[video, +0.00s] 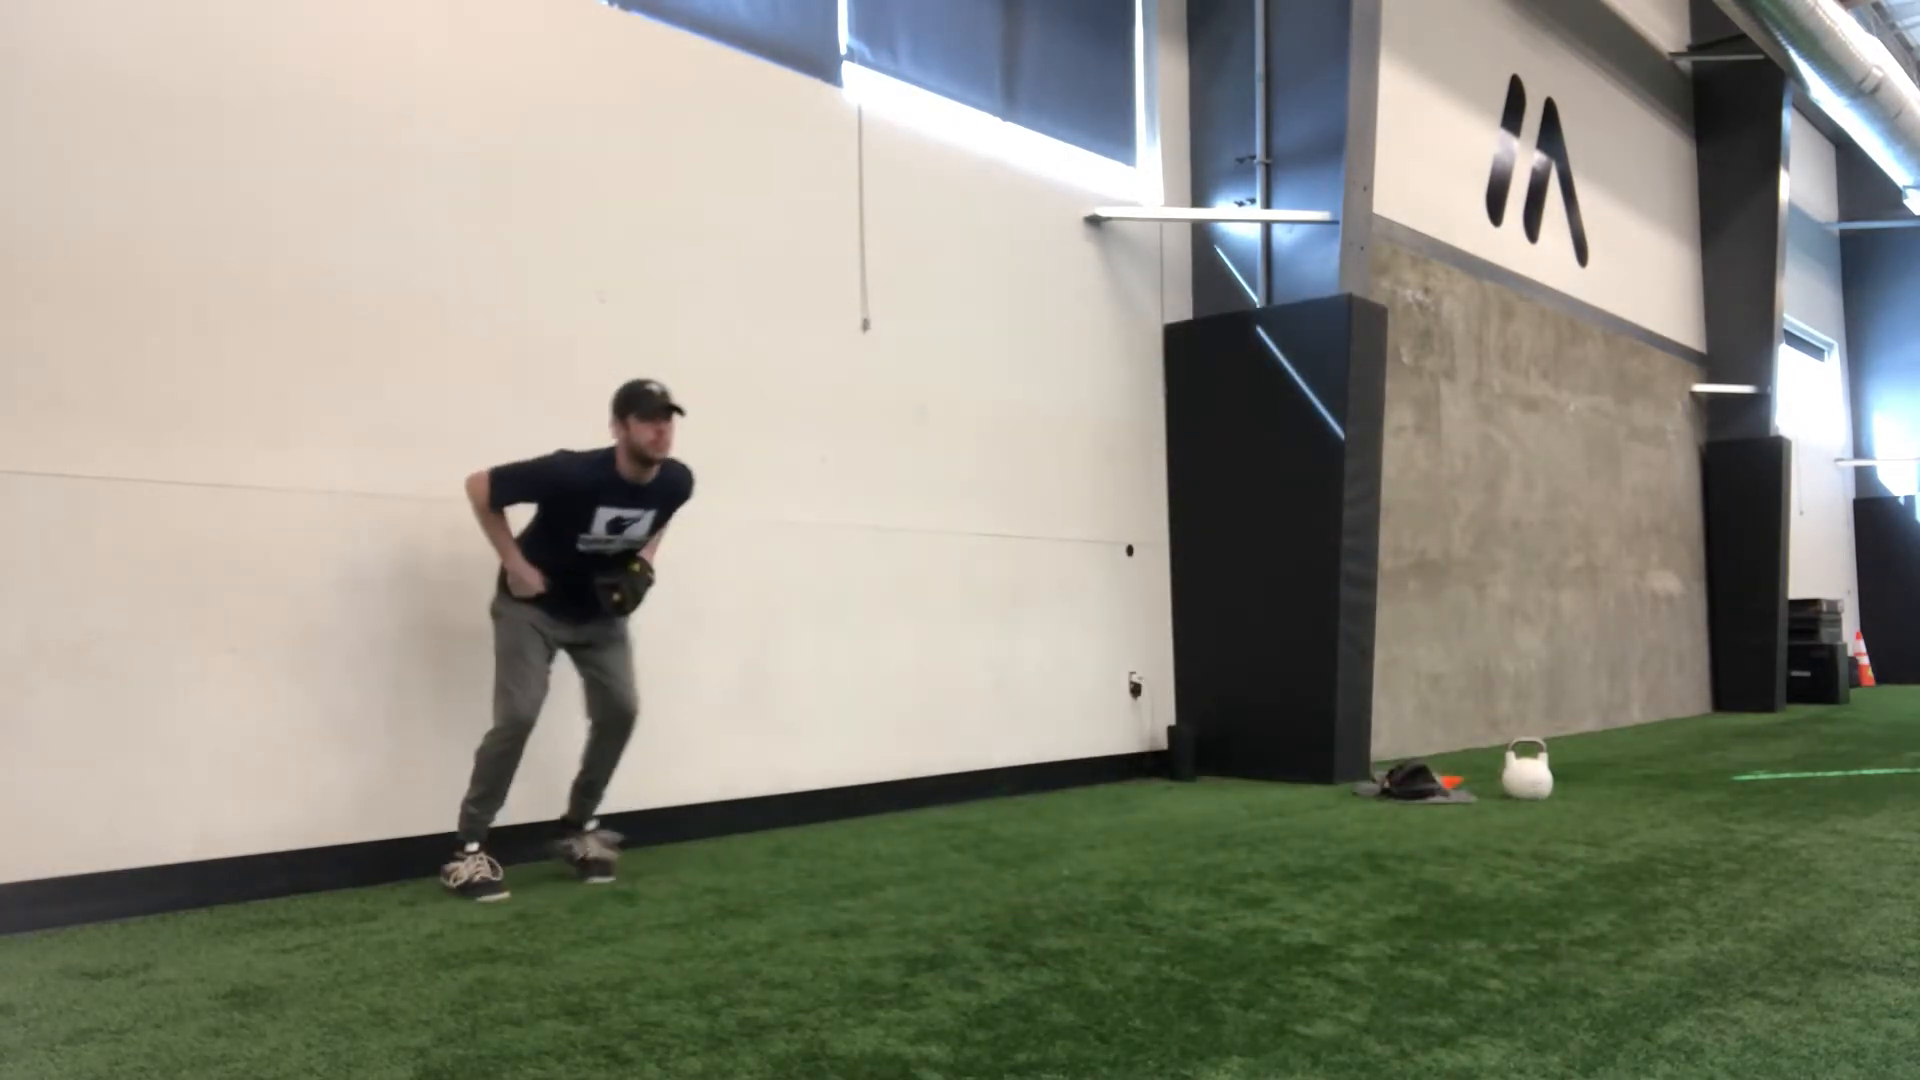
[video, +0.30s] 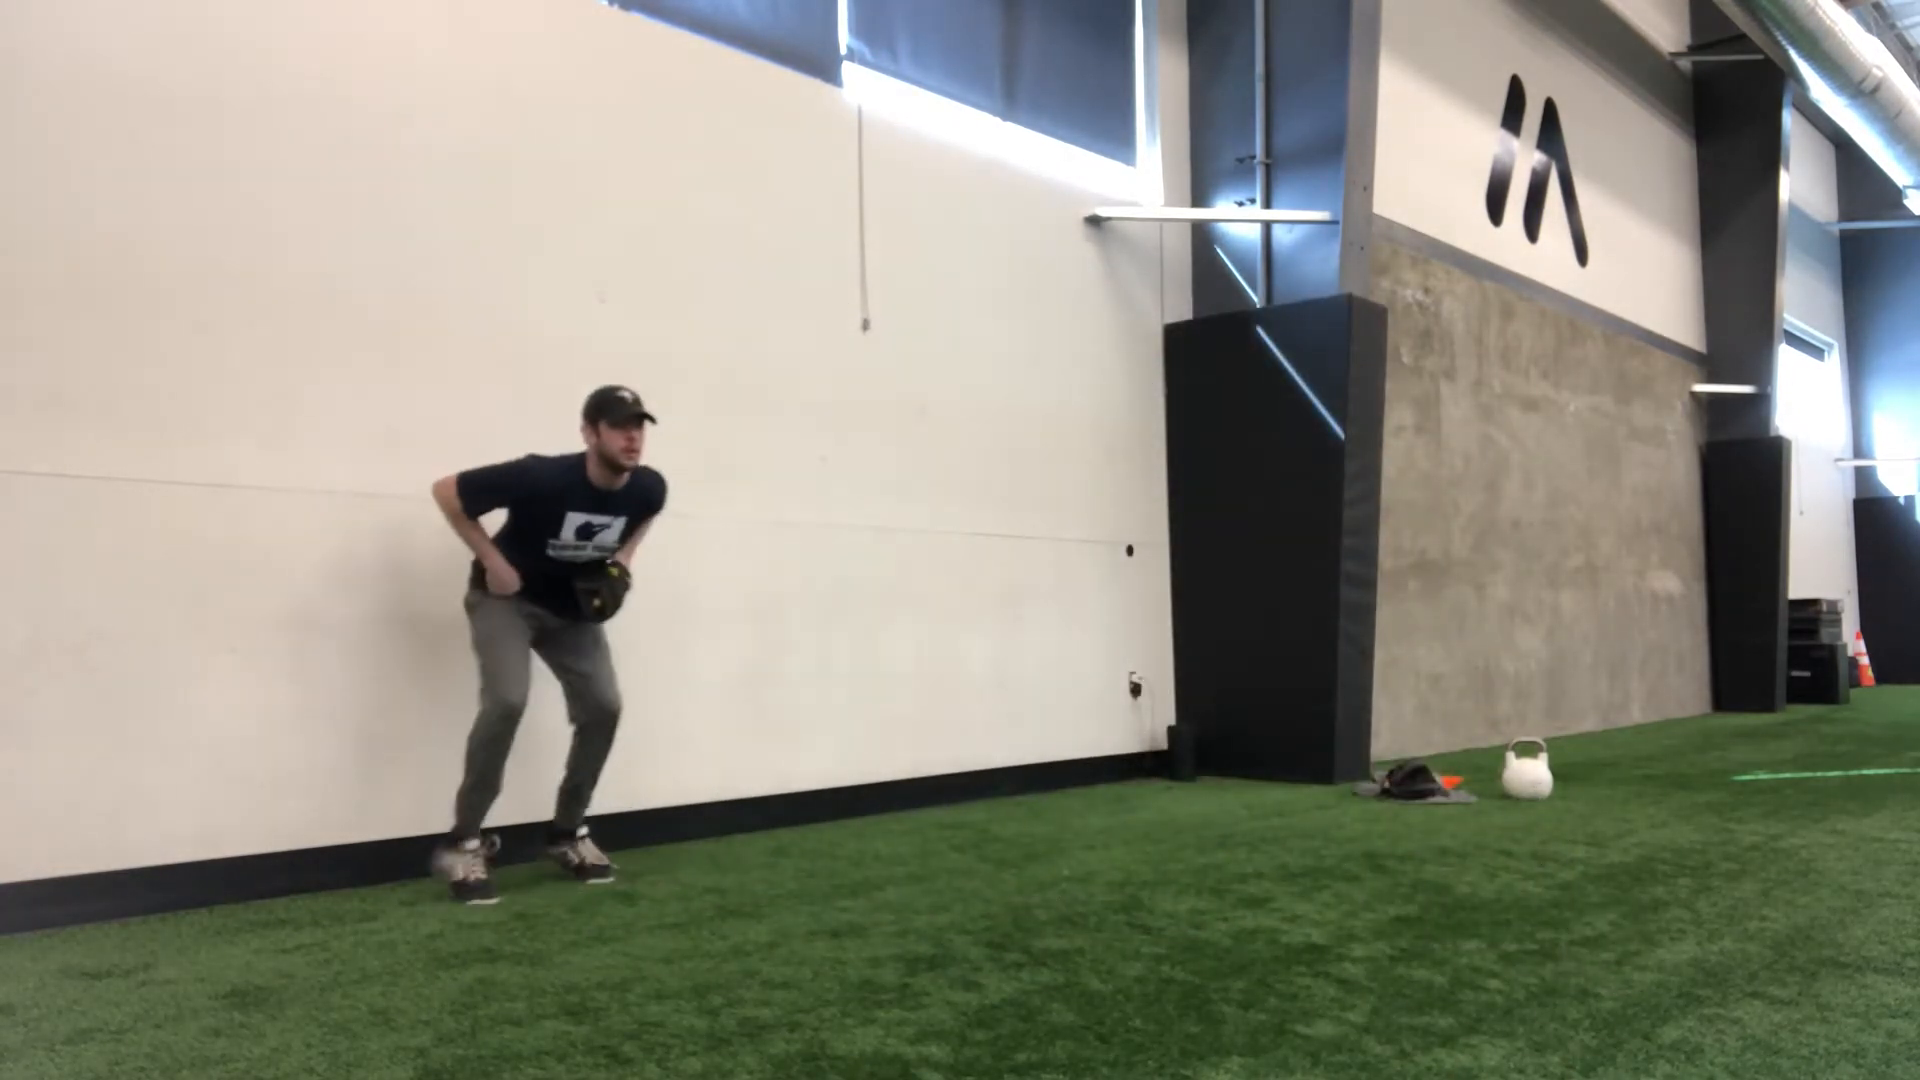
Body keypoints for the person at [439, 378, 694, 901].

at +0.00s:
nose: (662, 431)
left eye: (668, 420)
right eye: (650, 420)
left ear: (674, 426)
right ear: (620, 426)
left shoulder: (675, 484)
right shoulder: (572, 473)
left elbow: (658, 522)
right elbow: (481, 487)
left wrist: (644, 561)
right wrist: (514, 563)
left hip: (600, 615)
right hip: (531, 606)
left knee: (620, 713)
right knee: (518, 716)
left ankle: (576, 832)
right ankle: (468, 850)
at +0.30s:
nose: (635, 439)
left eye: (640, 428)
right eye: (621, 428)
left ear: (646, 433)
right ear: (590, 432)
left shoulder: (648, 490)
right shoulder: (542, 477)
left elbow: (644, 517)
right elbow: (447, 491)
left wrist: (622, 558)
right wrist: (491, 559)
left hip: (573, 610)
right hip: (505, 598)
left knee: (603, 709)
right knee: (506, 702)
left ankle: (567, 835)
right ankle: (464, 844)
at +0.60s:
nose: (629, 446)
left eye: (635, 435)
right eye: (616, 435)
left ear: (640, 440)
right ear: (584, 439)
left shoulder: (641, 497)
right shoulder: (534, 483)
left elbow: (634, 525)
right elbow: (439, 498)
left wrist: (611, 568)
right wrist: (484, 566)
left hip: (563, 615)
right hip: (495, 602)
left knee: (580, 717)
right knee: (498, 701)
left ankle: (542, 842)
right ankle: (467, 845)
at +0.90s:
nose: (646, 445)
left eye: (651, 435)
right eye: (633, 436)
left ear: (657, 440)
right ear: (601, 441)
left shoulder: (647, 495)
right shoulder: (545, 486)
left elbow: (617, 533)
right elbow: (445, 506)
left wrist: (611, 569)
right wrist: (494, 573)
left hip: (565, 615)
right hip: (495, 612)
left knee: (601, 703)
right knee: (501, 726)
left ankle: (546, 825)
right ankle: (461, 853)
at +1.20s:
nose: (686, 470)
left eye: (691, 460)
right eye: (674, 459)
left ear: (698, 464)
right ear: (641, 461)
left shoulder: (681, 528)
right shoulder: (585, 503)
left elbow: (683, 589)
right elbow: (482, 542)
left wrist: (674, 633)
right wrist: (546, 592)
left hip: (579, 629)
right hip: (517, 609)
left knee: (590, 753)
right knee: (573, 692)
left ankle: (528, 847)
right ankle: (501, 814)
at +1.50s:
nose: (742, 505)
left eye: (748, 494)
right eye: (732, 493)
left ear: (752, 495)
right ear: (697, 490)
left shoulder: (735, 558)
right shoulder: (640, 535)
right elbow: (590, 638)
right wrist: (688, 653)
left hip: (626, 638)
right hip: (560, 630)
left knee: (706, 709)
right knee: (616, 715)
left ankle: (558, 728)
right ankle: (604, 903)